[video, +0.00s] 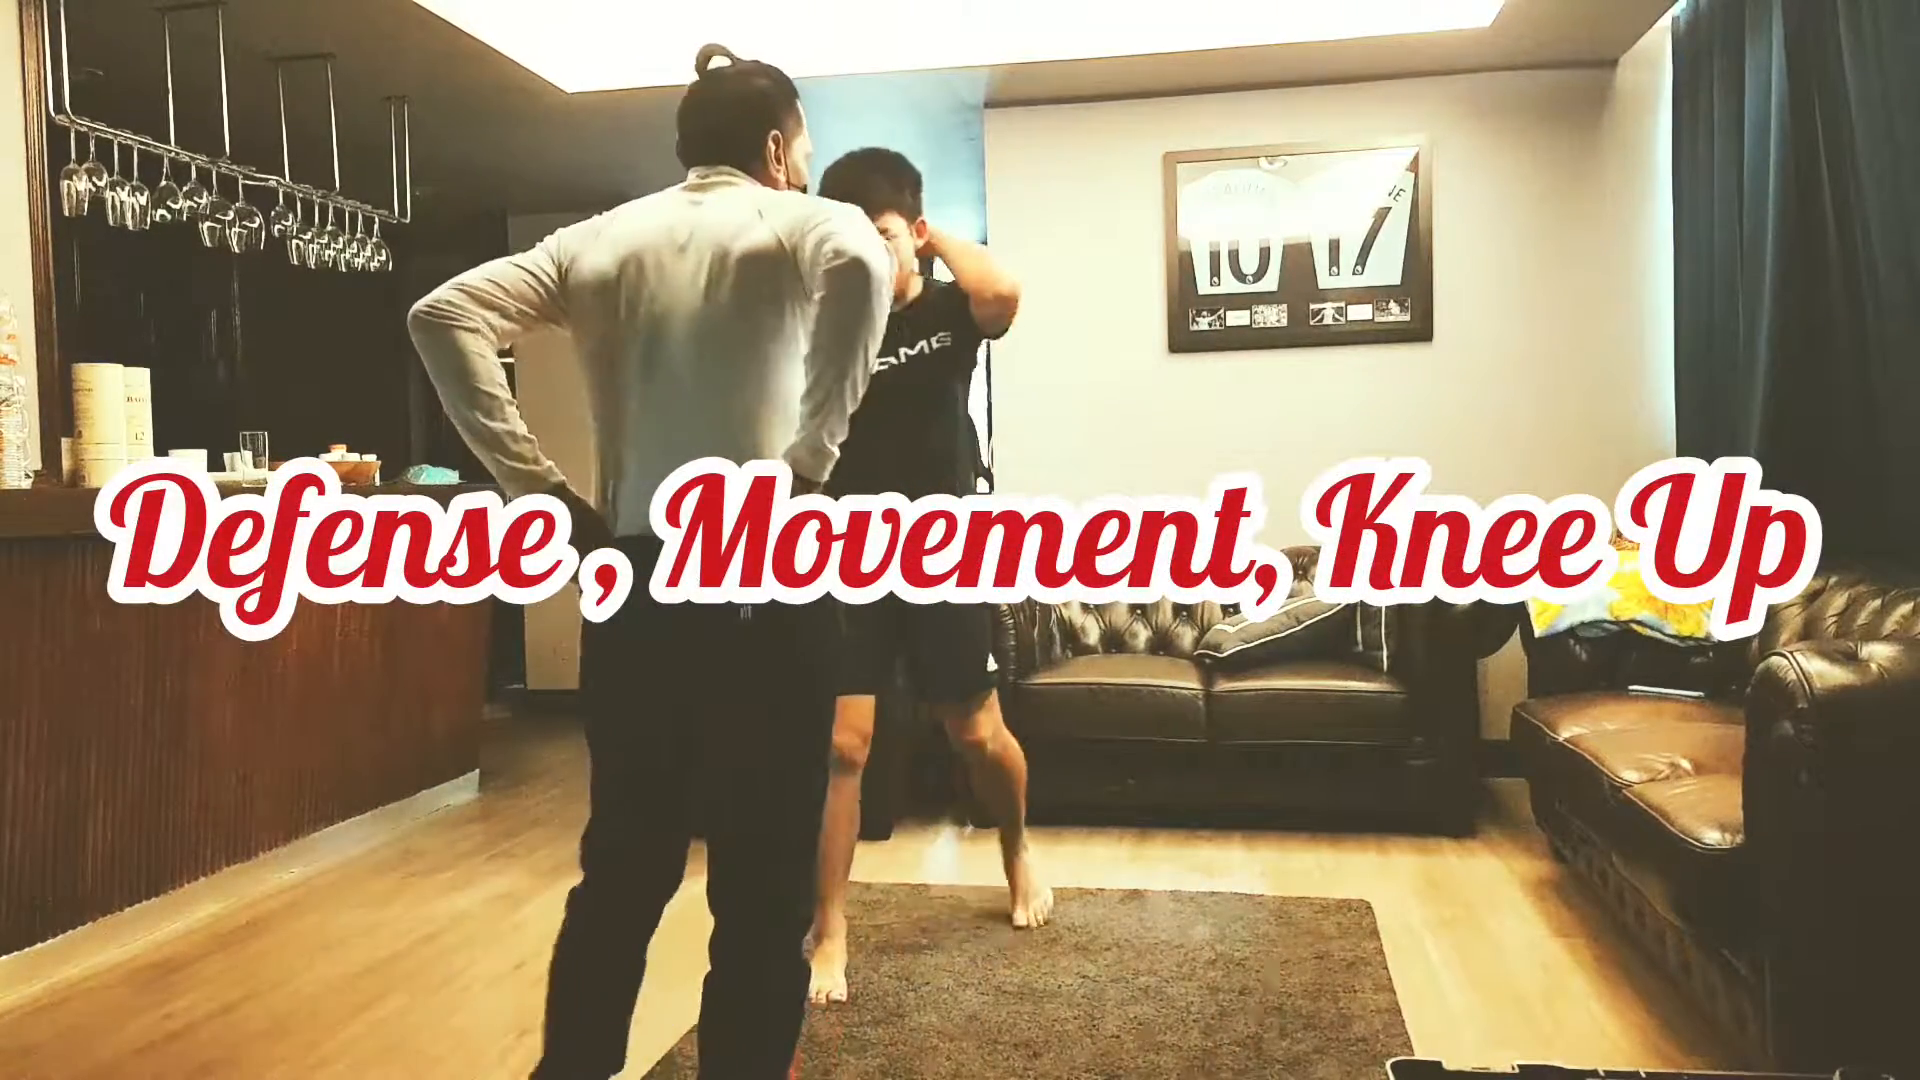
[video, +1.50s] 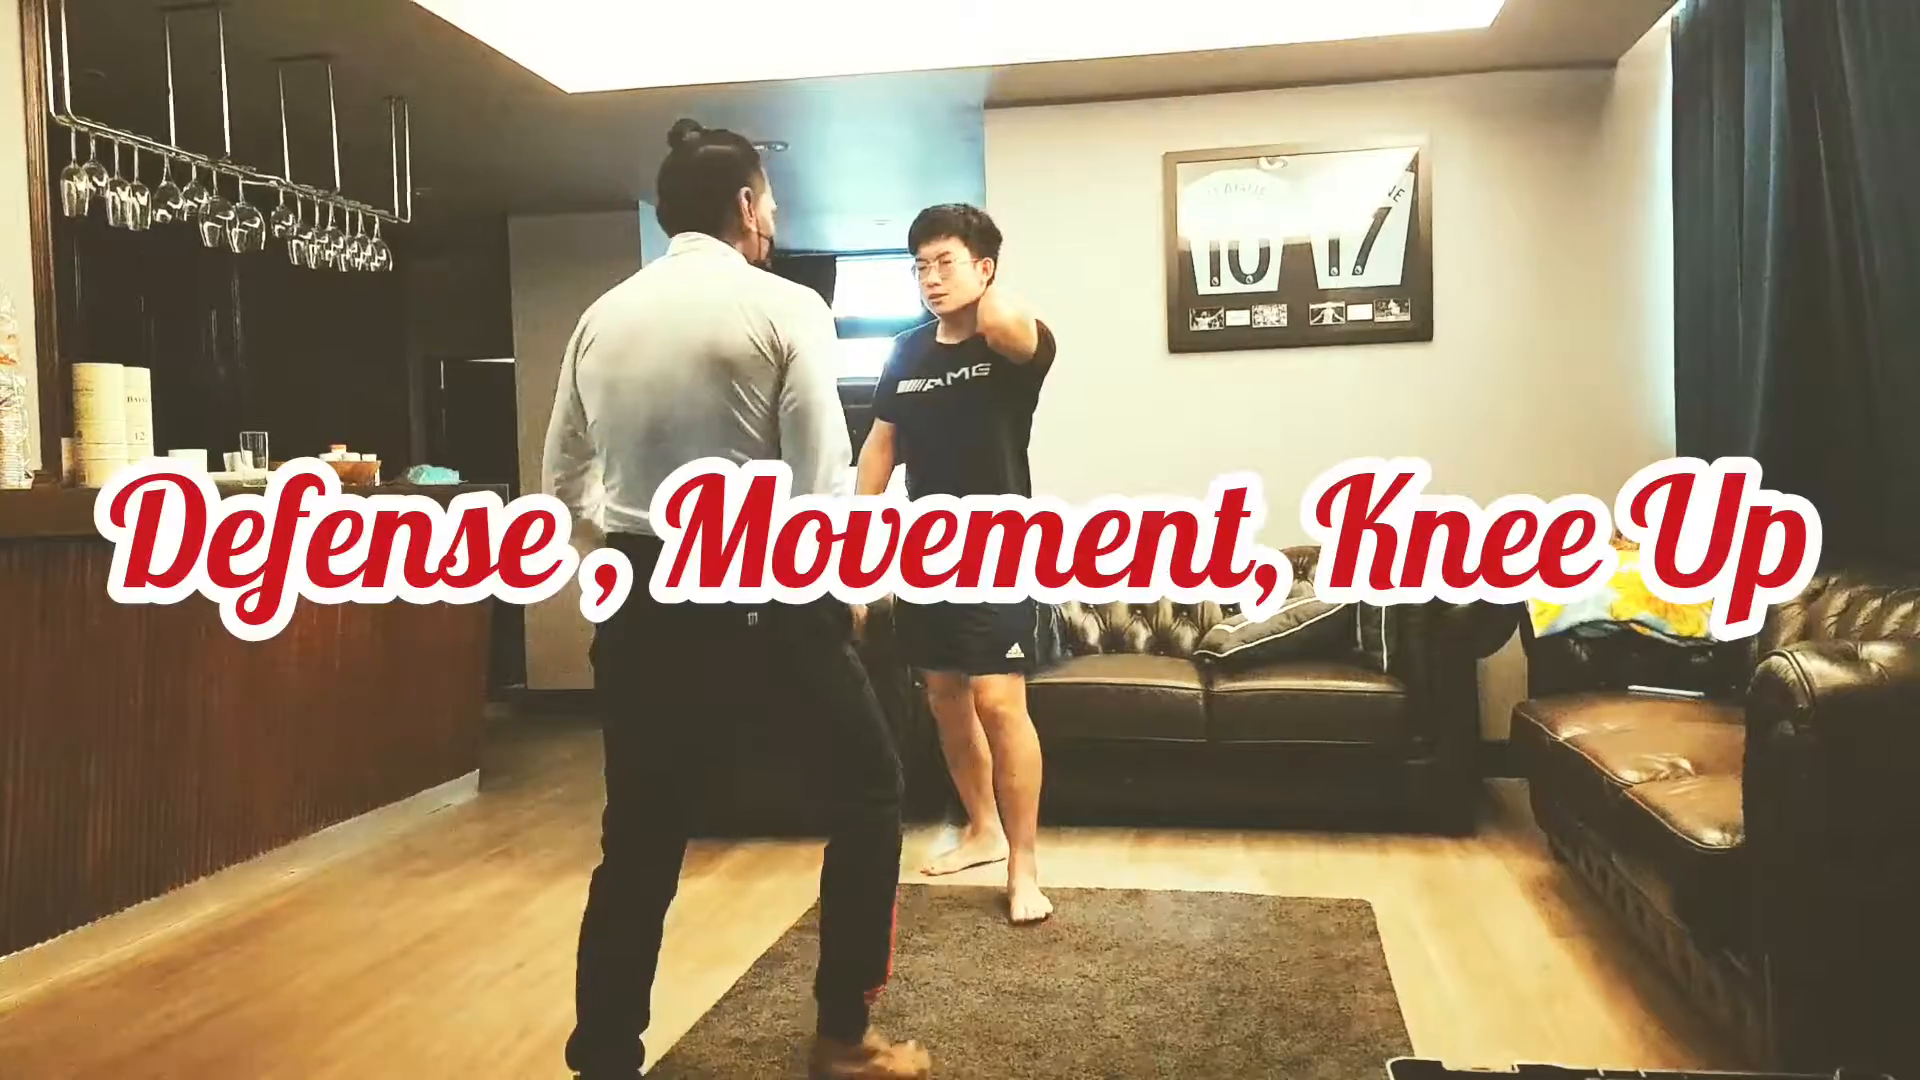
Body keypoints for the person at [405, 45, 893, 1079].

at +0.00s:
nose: (806, 161)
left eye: (803, 146)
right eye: (802, 146)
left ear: (690, 148)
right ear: (778, 149)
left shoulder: (602, 237)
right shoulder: (808, 224)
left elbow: (449, 313)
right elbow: (860, 256)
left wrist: (533, 483)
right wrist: (816, 447)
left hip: (629, 603)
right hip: (772, 605)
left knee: (619, 872)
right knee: (764, 897)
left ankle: (568, 1069)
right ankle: (745, 1070)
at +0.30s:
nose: (767, 166)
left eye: (766, 151)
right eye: (762, 150)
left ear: (647, 155)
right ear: (727, 151)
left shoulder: (548, 246)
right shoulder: (756, 219)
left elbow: (385, 307)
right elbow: (814, 237)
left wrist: (492, 463)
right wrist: (811, 427)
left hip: (590, 583)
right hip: (748, 576)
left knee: (575, 899)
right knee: (807, 873)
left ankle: (544, 1069)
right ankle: (771, 1068)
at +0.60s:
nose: (762, 169)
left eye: (758, 151)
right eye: (755, 151)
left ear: (644, 170)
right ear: (727, 158)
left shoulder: (559, 275)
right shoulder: (782, 250)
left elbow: (459, 424)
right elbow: (838, 395)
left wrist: (562, 510)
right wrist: (875, 519)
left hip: (615, 614)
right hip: (761, 609)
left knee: (604, 888)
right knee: (803, 865)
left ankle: (564, 1072)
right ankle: (828, 1062)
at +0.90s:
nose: (833, 192)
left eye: (829, 175)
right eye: (831, 175)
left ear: (725, 179)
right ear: (811, 181)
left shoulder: (641, 287)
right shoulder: (852, 292)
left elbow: (610, 472)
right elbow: (929, 469)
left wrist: (675, 568)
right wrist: (939, 616)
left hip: (684, 626)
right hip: (827, 625)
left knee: (677, 847)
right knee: (836, 858)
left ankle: (657, 1053)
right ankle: (831, 1060)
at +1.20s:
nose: (840, 195)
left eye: (836, 177)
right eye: (835, 178)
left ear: (739, 186)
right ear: (810, 185)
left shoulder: (644, 289)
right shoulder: (845, 289)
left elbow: (552, 419)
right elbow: (895, 478)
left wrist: (621, 540)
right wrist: (879, 598)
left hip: (677, 621)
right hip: (808, 624)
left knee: (658, 843)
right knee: (830, 868)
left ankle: (605, 1060)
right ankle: (825, 1064)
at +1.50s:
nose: (773, 217)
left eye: (767, 199)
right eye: (767, 200)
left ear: (673, 213)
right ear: (742, 208)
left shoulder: (601, 318)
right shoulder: (784, 307)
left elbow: (565, 476)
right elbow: (823, 478)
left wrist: (618, 557)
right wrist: (850, 587)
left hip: (640, 613)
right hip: (770, 612)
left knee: (638, 839)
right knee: (870, 790)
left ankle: (602, 1061)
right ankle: (847, 1031)